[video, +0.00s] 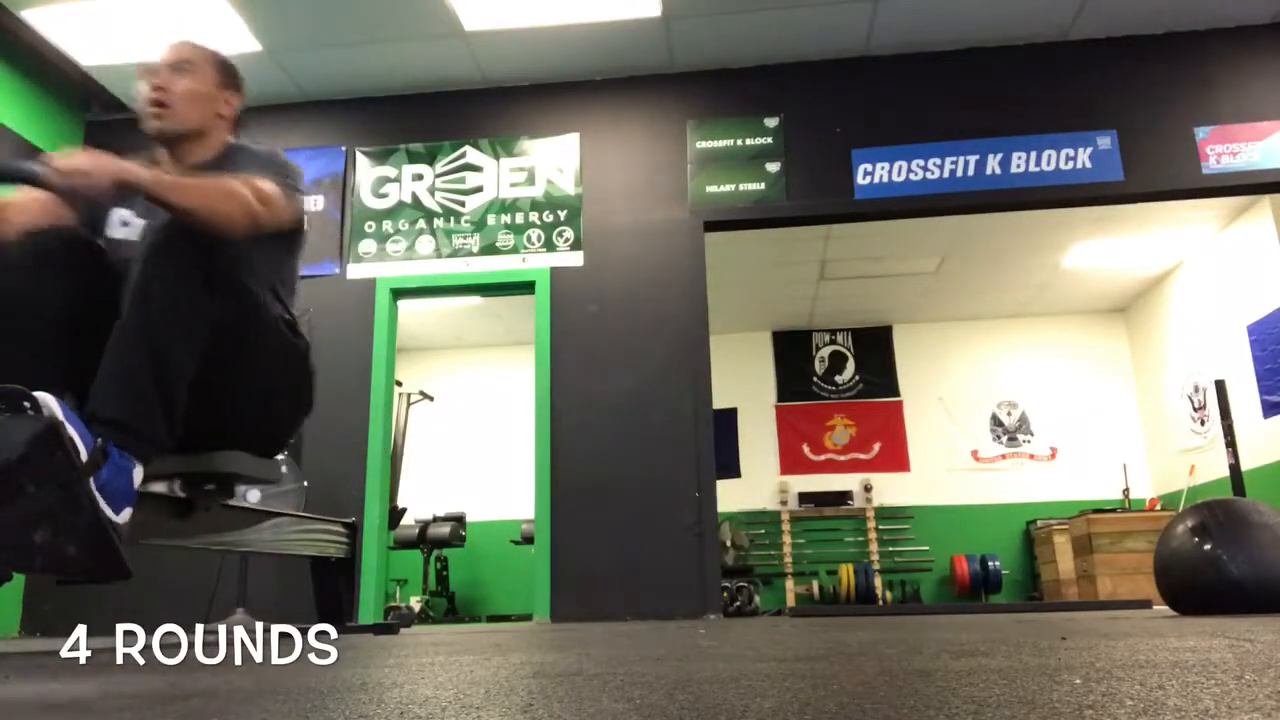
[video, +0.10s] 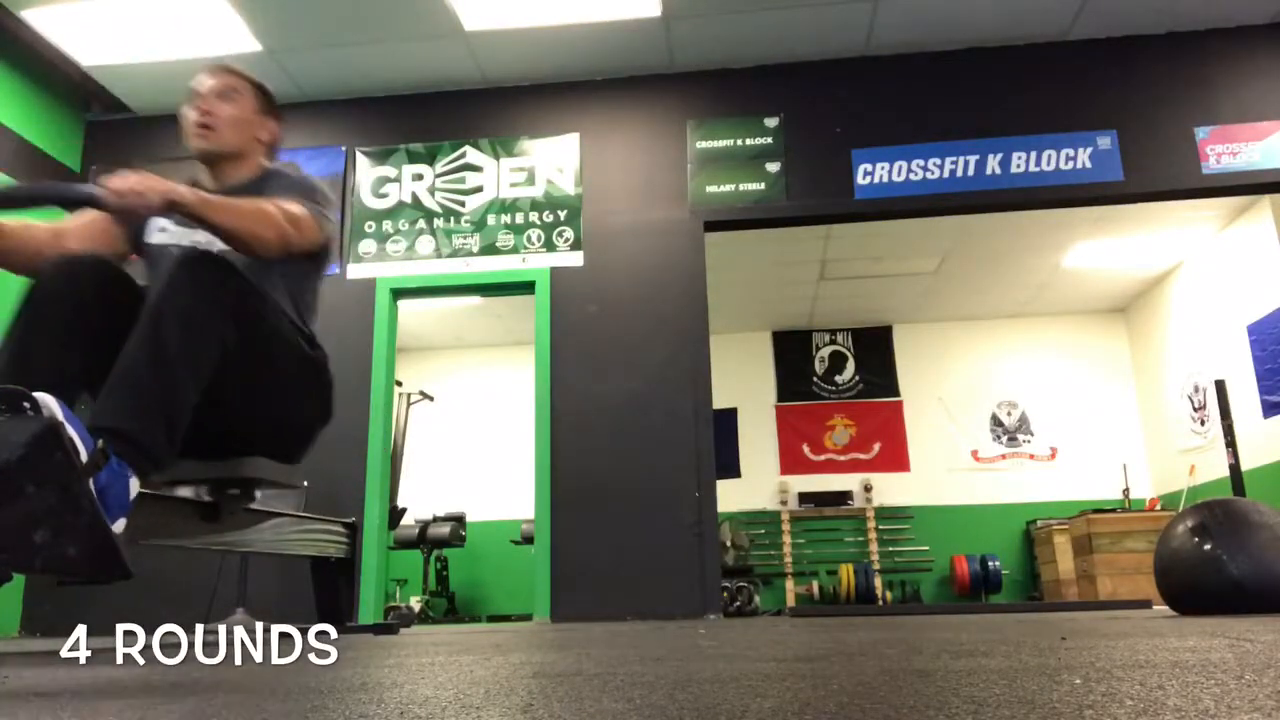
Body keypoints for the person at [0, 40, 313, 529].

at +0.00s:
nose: (155, 85)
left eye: (180, 71)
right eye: (150, 76)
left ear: (228, 104)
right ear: (141, 100)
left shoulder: (268, 171)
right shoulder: (118, 182)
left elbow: (242, 212)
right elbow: (19, 214)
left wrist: (127, 175)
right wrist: (12, 214)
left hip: (248, 395)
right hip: (131, 386)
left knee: (184, 238)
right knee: (48, 250)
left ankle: (119, 455)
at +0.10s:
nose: (201, 107)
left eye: (226, 97)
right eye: (194, 99)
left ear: (267, 131)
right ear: (184, 124)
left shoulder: (299, 192)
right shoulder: (159, 201)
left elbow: (281, 234)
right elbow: (61, 241)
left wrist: (176, 195)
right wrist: (1, 231)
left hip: (274, 399)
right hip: (170, 396)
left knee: (200, 275)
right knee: (79, 275)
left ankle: (115, 468)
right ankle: (12, 440)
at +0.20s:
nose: (241, 135)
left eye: (261, 125)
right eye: (235, 128)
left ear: (300, 156)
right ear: (226, 149)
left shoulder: (326, 215)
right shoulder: (207, 224)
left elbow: (318, 258)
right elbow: (115, 263)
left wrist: (225, 224)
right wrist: (27, 252)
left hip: (296, 411)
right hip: (205, 415)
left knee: (227, 294)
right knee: (109, 306)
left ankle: (119, 473)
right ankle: (16, 444)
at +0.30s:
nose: (276, 166)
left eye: (294, 158)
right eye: (272, 159)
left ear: (331, 185)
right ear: (264, 177)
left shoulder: (352, 242)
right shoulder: (244, 248)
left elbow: (353, 280)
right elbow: (156, 288)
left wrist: (268, 251)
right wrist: (80, 272)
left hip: (320, 412)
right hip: (226, 406)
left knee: (244, 349)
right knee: (133, 338)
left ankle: (115, 484)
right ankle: (37, 447)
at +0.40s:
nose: (302, 197)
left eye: (319, 189)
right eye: (299, 191)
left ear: (353, 212)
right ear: (293, 208)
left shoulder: (375, 267)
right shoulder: (267, 277)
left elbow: (382, 313)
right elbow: (189, 317)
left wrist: (308, 281)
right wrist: (130, 300)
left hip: (335, 417)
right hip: (253, 405)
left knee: (244, 377)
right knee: (150, 375)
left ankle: (123, 486)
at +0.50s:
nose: (324, 225)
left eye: (339, 218)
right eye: (320, 218)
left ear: (371, 239)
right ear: (311, 233)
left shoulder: (389, 290)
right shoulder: (279, 296)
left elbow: (413, 346)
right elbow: (211, 360)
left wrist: (345, 321)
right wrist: (173, 332)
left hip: (342, 417)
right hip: (262, 409)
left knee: (256, 415)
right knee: (163, 414)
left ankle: (128, 486)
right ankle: (89, 468)